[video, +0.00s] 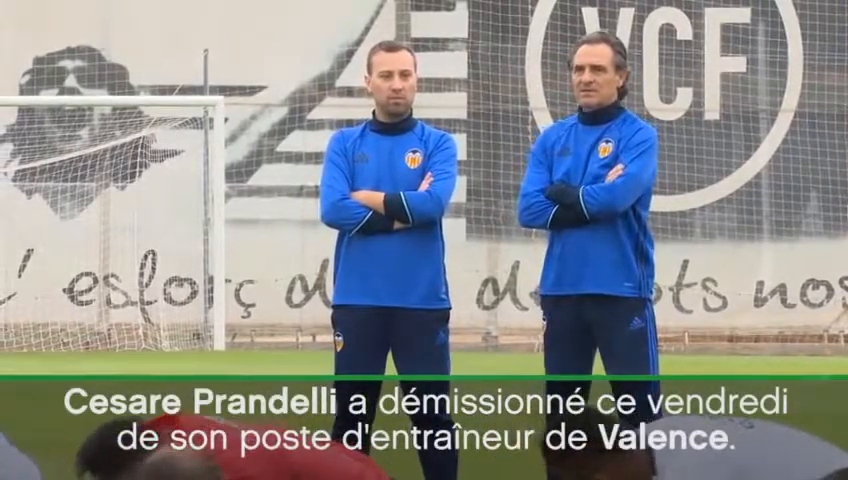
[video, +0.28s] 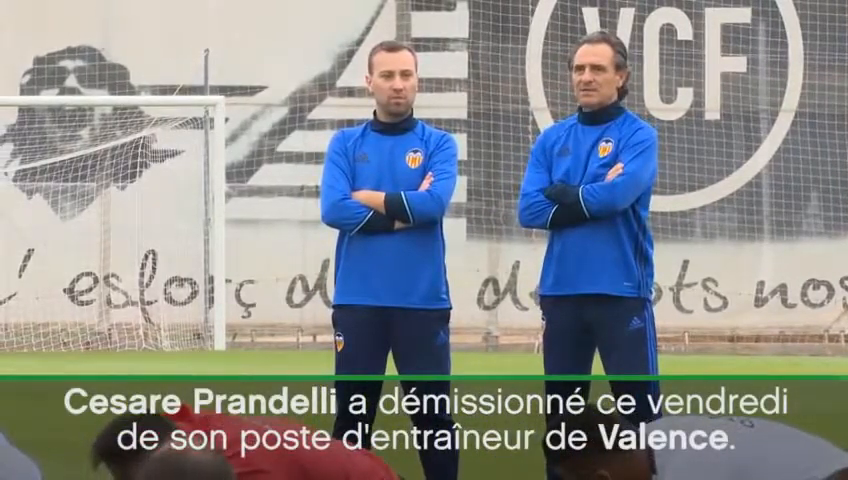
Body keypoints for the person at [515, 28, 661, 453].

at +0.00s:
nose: (586, 78)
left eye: (598, 69)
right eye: (578, 69)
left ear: (621, 78)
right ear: (571, 77)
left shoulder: (638, 134)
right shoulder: (549, 138)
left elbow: (618, 197)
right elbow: (528, 210)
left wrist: (559, 192)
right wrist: (598, 200)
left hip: (622, 292)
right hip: (562, 293)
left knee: (639, 411)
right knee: (561, 412)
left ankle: (641, 476)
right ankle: (564, 476)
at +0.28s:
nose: (585, 78)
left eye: (597, 69)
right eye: (579, 69)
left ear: (621, 78)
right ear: (571, 77)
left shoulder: (638, 135)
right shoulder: (549, 138)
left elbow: (617, 195)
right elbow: (529, 210)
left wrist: (557, 192)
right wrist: (598, 198)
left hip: (622, 292)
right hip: (561, 292)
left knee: (638, 408)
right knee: (561, 410)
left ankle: (644, 477)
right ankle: (561, 478)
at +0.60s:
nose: (585, 77)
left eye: (597, 69)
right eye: (578, 69)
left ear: (620, 78)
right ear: (570, 77)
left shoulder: (638, 134)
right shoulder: (547, 139)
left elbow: (619, 195)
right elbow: (528, 210)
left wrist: (557, 192)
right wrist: (598, 200)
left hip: (622, 291)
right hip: (561, 292)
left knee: (639, 410)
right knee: (560, 412)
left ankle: (643, 475)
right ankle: (562, 475)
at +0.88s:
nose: (583, 80)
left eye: (594, 71)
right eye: (576, 71)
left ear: (618, 78)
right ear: (569, 78)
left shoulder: (636, 133)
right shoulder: (549, 140)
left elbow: (618, 194)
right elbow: (529, 213)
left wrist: (557, 193)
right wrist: (598, 191)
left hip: (623, 292)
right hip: (563, 293)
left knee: (639, 411)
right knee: (564, 412)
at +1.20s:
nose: (572, 80)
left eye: (583, 72)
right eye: (569, 71)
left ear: (614, 79)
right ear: (565, 76)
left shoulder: (636, 133)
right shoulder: (549, 139)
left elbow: (616, 195)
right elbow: (528, 211)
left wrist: (556, 192)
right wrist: (597, 193)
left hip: (621, 294)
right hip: (562, 294)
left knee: (638, 412)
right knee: (563, 413)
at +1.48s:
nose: (563, 80)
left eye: (574, 72)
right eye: (563, 72)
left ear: (606, 79)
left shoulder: (634, 134)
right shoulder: (549, 138)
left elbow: (610, 195)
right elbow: (525, 210)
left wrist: (553, 193)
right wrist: (589, 198)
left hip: (618, 292)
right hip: (560, 291)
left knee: (636, 407)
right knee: (562, 408)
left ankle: (650, 474)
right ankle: (561, 477)